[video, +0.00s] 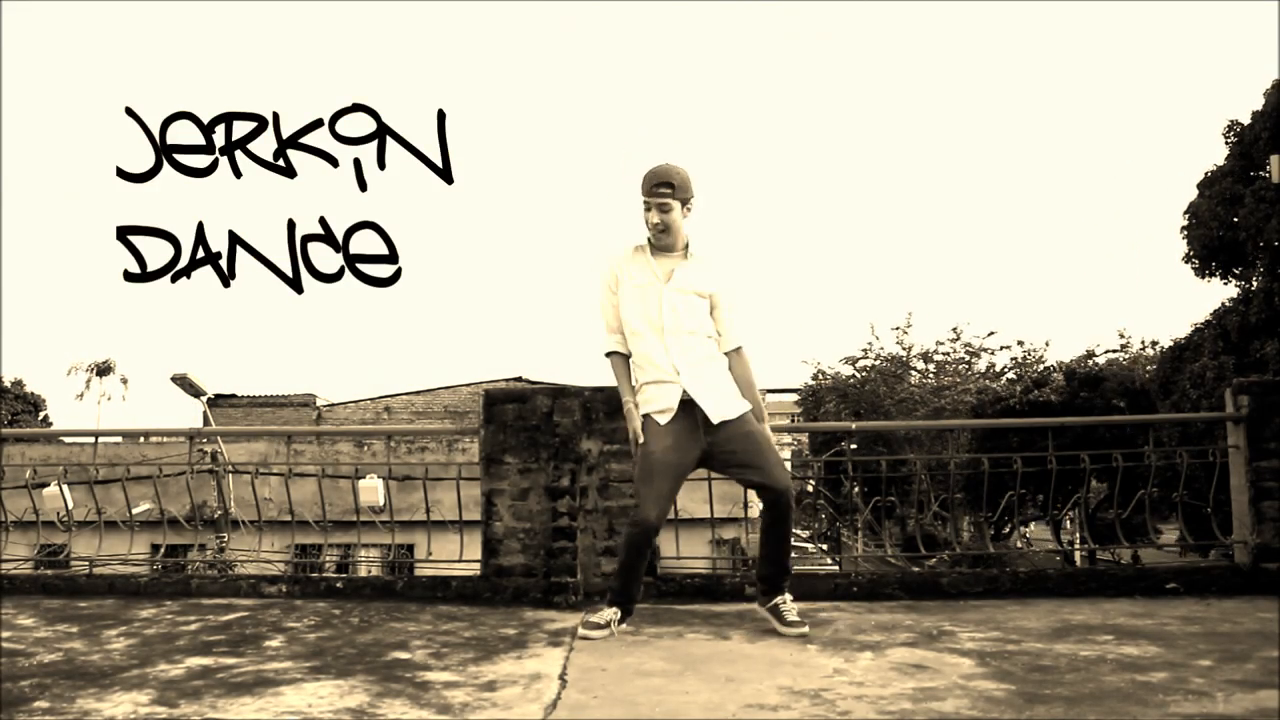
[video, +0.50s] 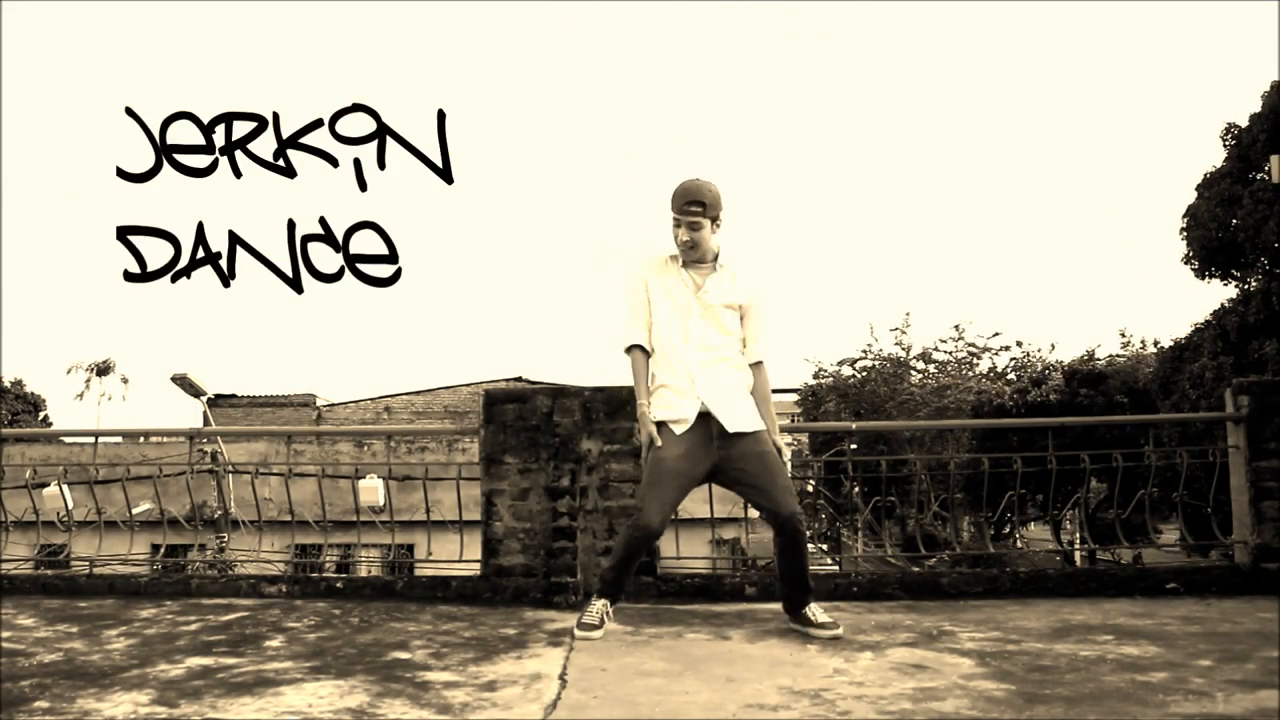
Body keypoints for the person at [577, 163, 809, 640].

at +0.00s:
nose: (655, 216)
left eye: (664, 207)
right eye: (648, 207)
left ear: (686, 209)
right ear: (642, 210)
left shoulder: (710, 271)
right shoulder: (623, 269)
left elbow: (733, 350)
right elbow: (616, 346)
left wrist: (760, 416)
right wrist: (630, 406)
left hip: (724, 404)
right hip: (663, 410)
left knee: (780, 490)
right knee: (647, 518)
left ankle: (773, 594)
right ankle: (618, 608)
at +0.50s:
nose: (683, 236)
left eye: (694, 227)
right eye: (678, 226)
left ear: (718, 227)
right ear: (672, 224)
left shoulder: (742, 286)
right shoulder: (651, 275)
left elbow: (755, 365)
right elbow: (638, 347)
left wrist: (773, 432)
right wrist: (643, 410)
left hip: (741, 422)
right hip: (679, 423)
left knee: (790, 517)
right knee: (647, 525)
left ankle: (799, 607)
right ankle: (603, 601)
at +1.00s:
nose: (663, 218)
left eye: (672, 208)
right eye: (657, 209)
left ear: (698, 210)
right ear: (653, 215)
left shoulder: (725, 277)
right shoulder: (637, 284)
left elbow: (754, 352)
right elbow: (639, 365)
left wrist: (778, 412)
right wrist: (644, 431)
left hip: (741, 418)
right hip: (679, 425)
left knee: (804, 496)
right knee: (664, 536)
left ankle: (824, 589)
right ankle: (616, 609)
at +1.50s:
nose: (685, 205)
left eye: (695, 194)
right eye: (679, 196)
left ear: (721, 199)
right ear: (675, 205)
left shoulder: (752, 270)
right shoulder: (660, 272)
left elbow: (768, 339)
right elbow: (640, 344)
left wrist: (783, 398)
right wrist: (640, 407)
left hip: (742, 413)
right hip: (676, 414)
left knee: (790, 506)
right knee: (646, 503)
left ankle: (801, 606)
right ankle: (608, 588)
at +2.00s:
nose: (734, 217)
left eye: (744, 207)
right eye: (728, 209)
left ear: (770, 212)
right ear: (724, 216)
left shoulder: (798, 285)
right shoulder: (706, 282)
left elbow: (787, 355)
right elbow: (675, 354)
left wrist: (790, 420)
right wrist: (661, 412)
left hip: (762, 425)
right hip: (701, 421)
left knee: (804, 519)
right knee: (667, 502)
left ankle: (814, 611)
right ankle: (613, 583)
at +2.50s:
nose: (667, 218)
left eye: (678, 209)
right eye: (661, 210)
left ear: (701, 216)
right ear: (656, 219)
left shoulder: (721, 285)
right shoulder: (636, 281)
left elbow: (746, 364)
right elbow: (634, 359)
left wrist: (777, 425)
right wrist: (644, 422)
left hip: (742, 423)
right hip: (681, 431)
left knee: (807, 504)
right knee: (664, 545)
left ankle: (856, 595)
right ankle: (616, 613)